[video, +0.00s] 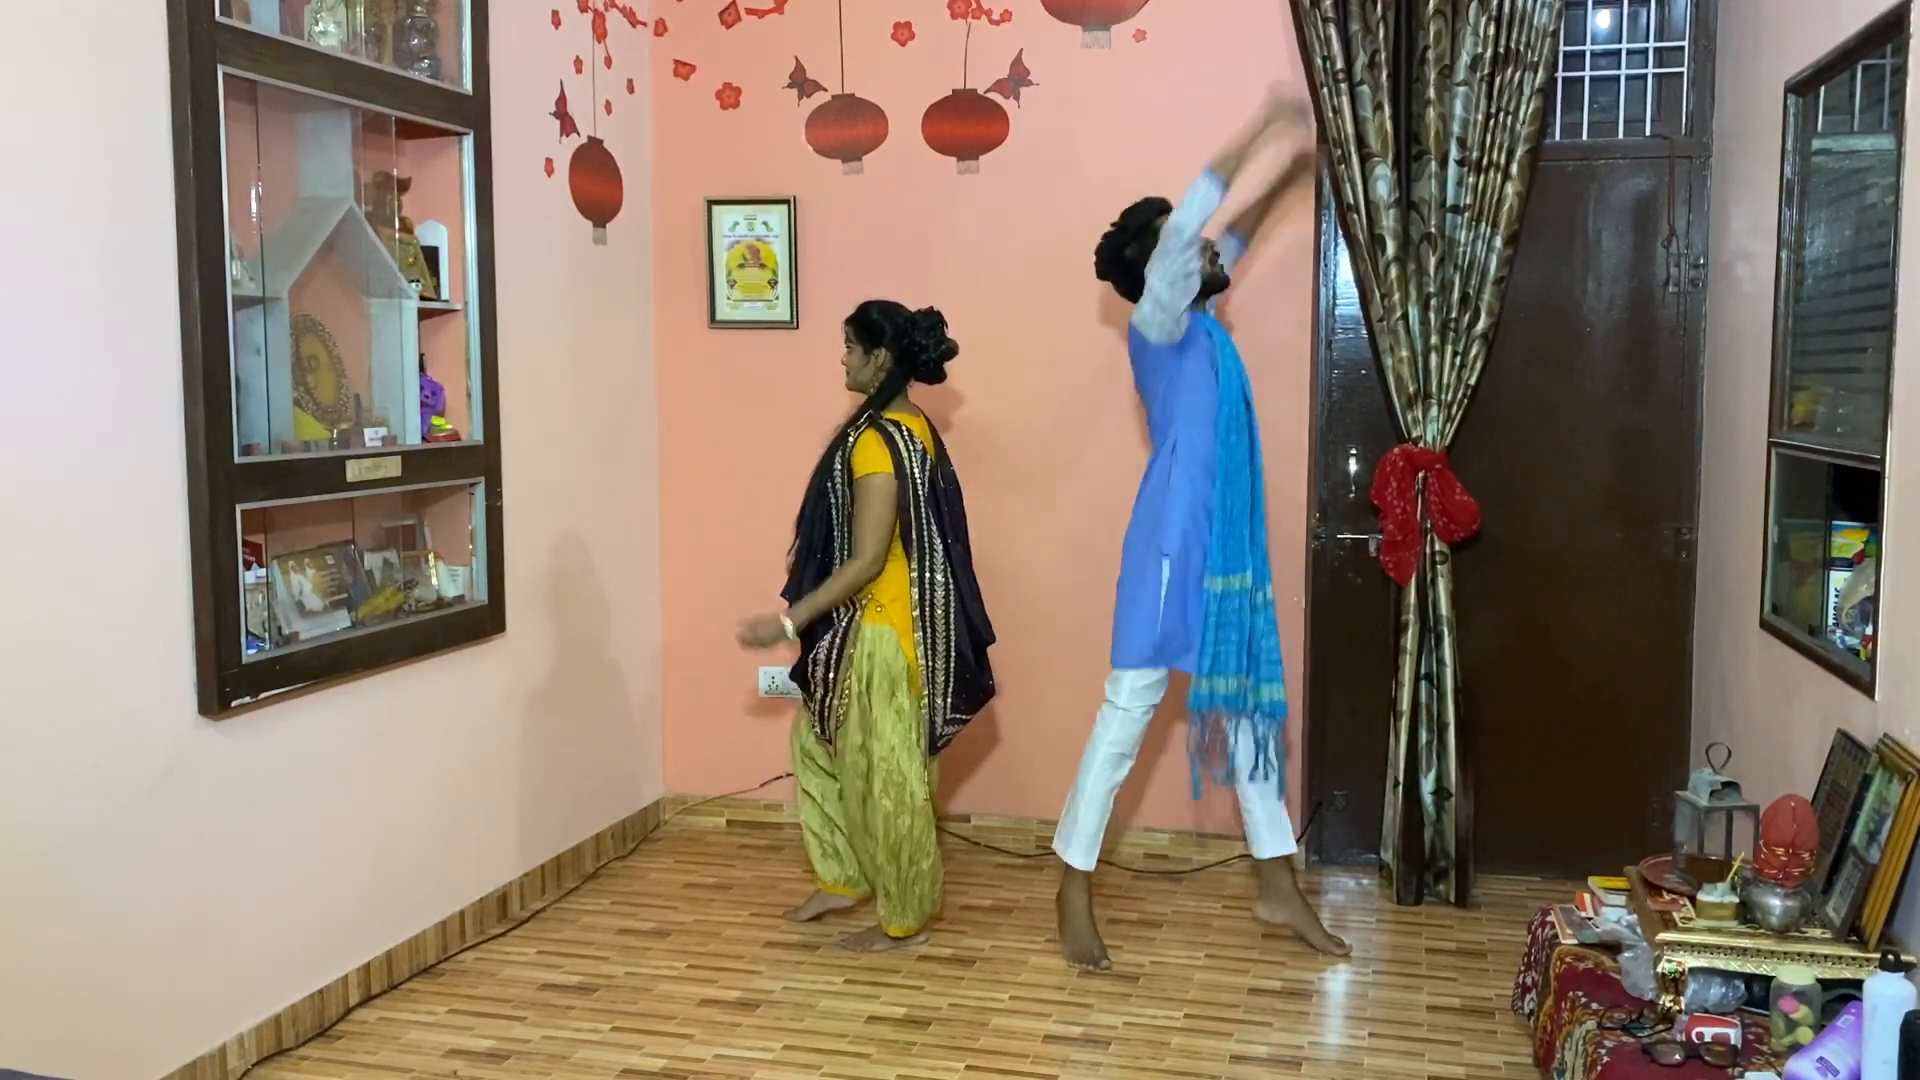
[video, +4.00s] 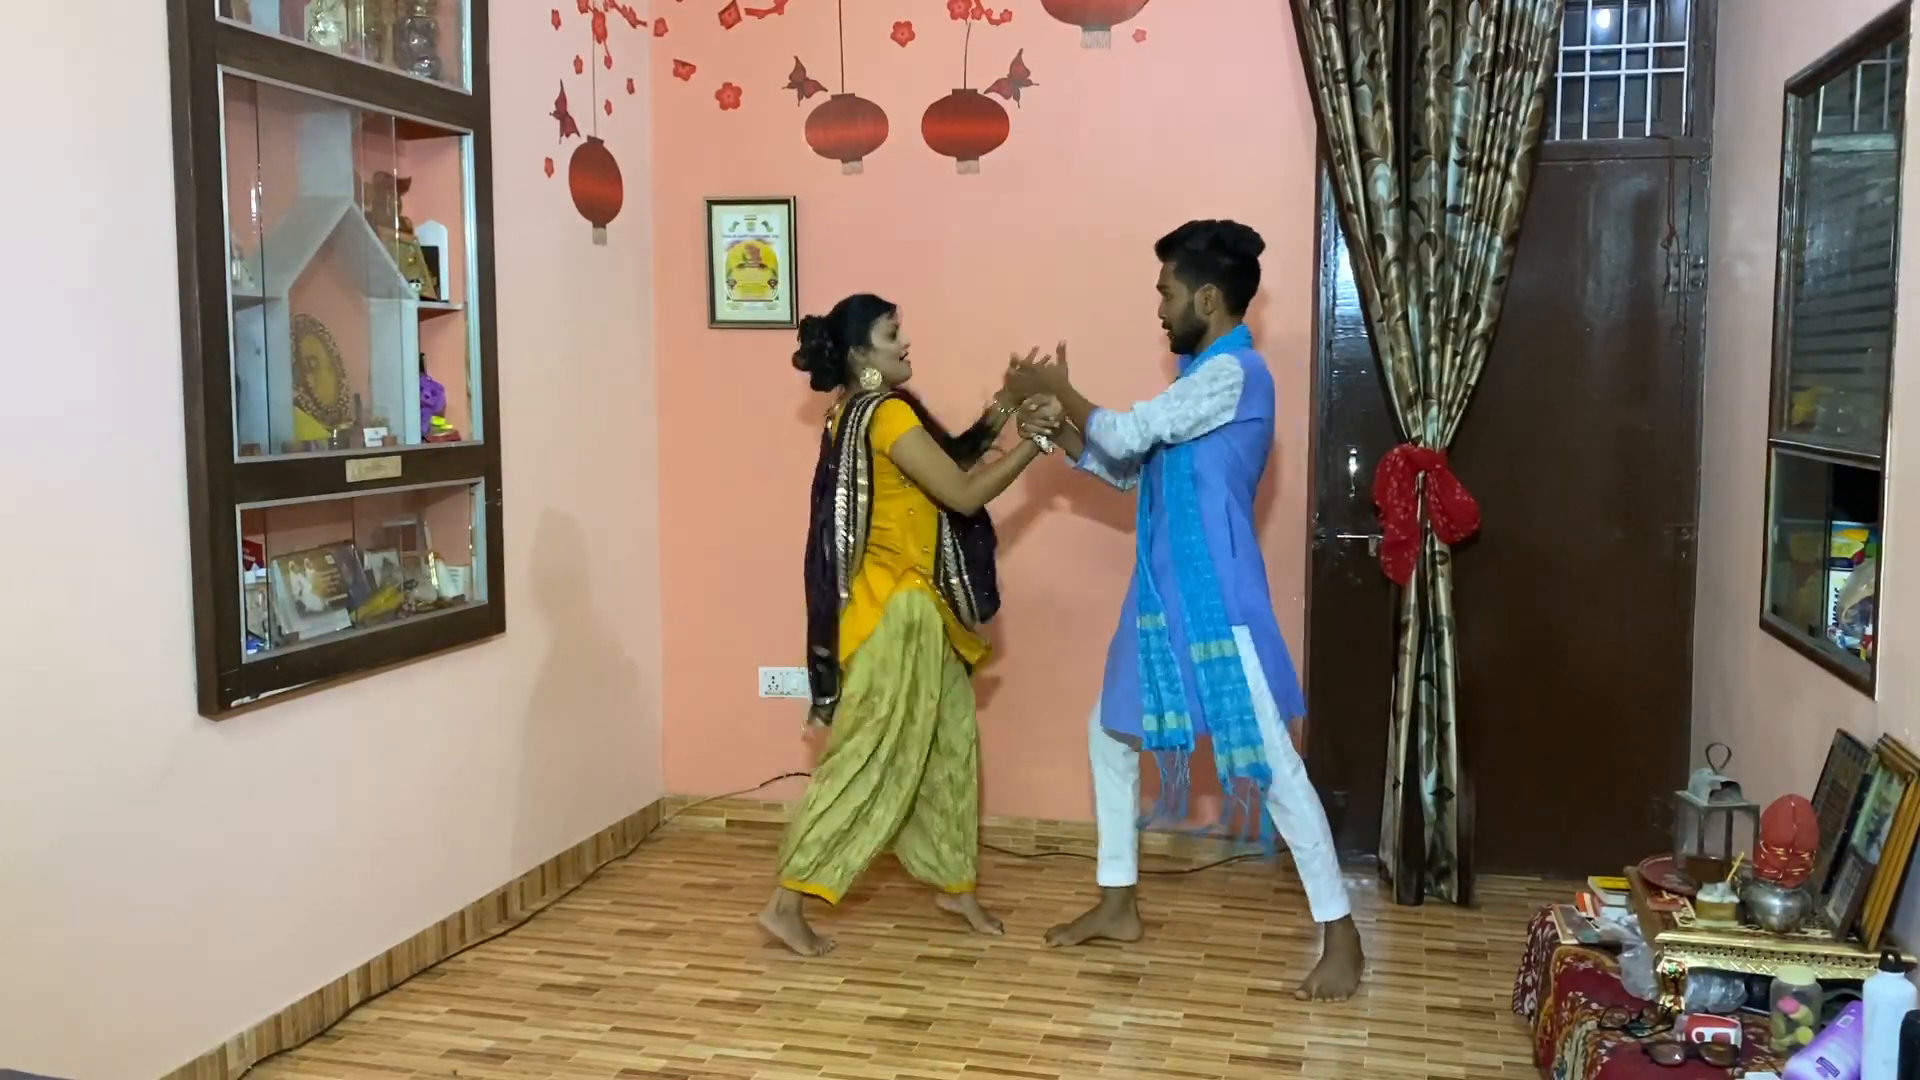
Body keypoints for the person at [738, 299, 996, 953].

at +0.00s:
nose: (842, 359)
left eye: (850, 349)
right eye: (845, 348)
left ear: (880, 357)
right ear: (888, 358)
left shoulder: (877, 439)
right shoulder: (908, 426)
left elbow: (867, 558)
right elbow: (892, 552)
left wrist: (788, 618)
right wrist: (811, 614)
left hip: (880, 630)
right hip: (885, 623)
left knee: (889, 772)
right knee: (818, 745)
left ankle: (907, 915)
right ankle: (845, 880)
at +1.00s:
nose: (760, 429)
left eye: (768, 420)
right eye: (765, 419)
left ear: (792, 431)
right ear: (806, 432)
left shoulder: (792, 496)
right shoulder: (828, 488)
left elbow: (731, 570)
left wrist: (644, 614)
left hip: (834, 679)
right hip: (835, 671)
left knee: (834, 806)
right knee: (743, 758)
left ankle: (921, 911)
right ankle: (787, 891)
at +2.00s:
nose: (857, 314)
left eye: (856, 306)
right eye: (843, 306)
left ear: (851, 320)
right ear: (820, 321)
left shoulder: (881, 378)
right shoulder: (823, 378)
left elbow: (888, 313)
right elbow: (847, 306)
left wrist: (910, 236)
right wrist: (833, 201)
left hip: (886, 580)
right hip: (826, 573)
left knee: (909, 733)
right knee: (785, 723)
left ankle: (939, 874)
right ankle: (744, 871)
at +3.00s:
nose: (924, 399)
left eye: (926, 388)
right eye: (913, 388)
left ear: (913, 395)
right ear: (877, 394)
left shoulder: (909, 464)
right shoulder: (848, 468)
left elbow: (910, 565)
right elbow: (804, 565)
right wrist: (780, 651)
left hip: (903, 651)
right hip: (842, 653)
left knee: (945, 773)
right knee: (828, 792)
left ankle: (927, 895)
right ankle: (759, 897)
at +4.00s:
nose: (907, 346)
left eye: (902, 335)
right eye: (894, 339)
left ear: (861, 354)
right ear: (862, 354)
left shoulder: (864, 411)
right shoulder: (885, 413)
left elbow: (945, 467)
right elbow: (963, 494)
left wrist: (1003, 409)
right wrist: (1029, 442)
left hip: (908, 602)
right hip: (896, 605)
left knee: (953, 743)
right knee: (871, 750)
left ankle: (956, 884)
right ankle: (789, 900)